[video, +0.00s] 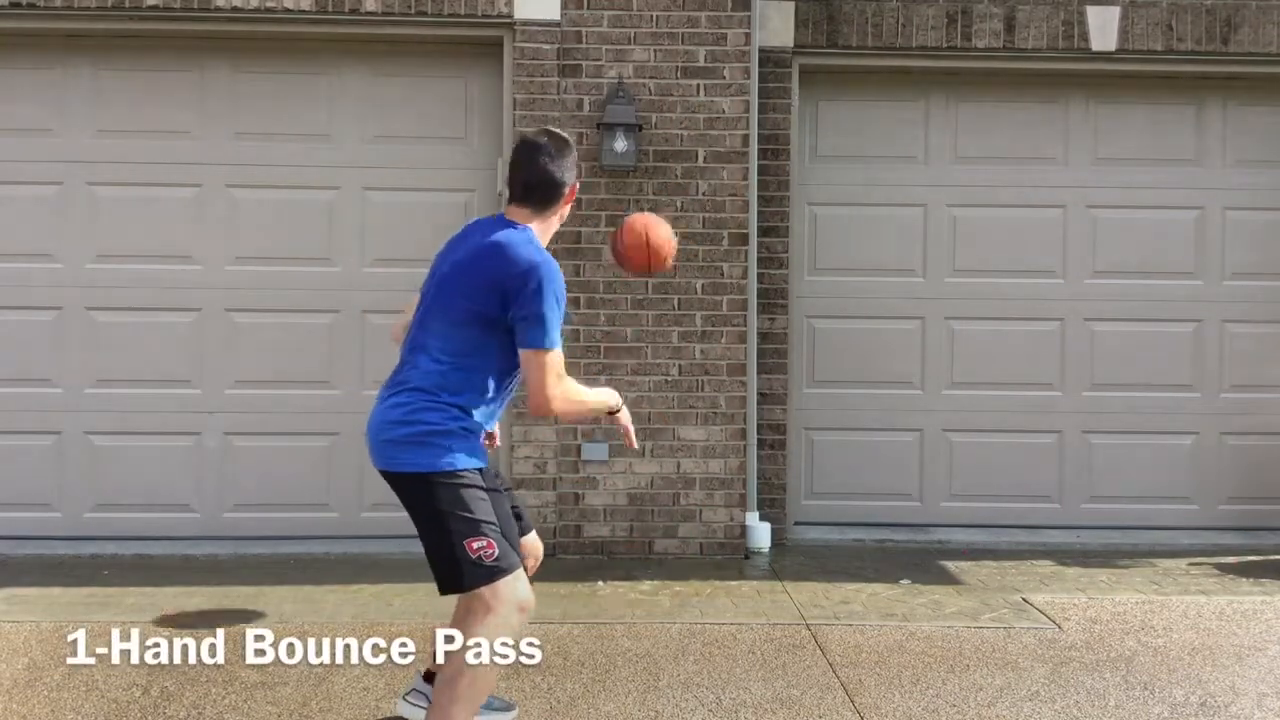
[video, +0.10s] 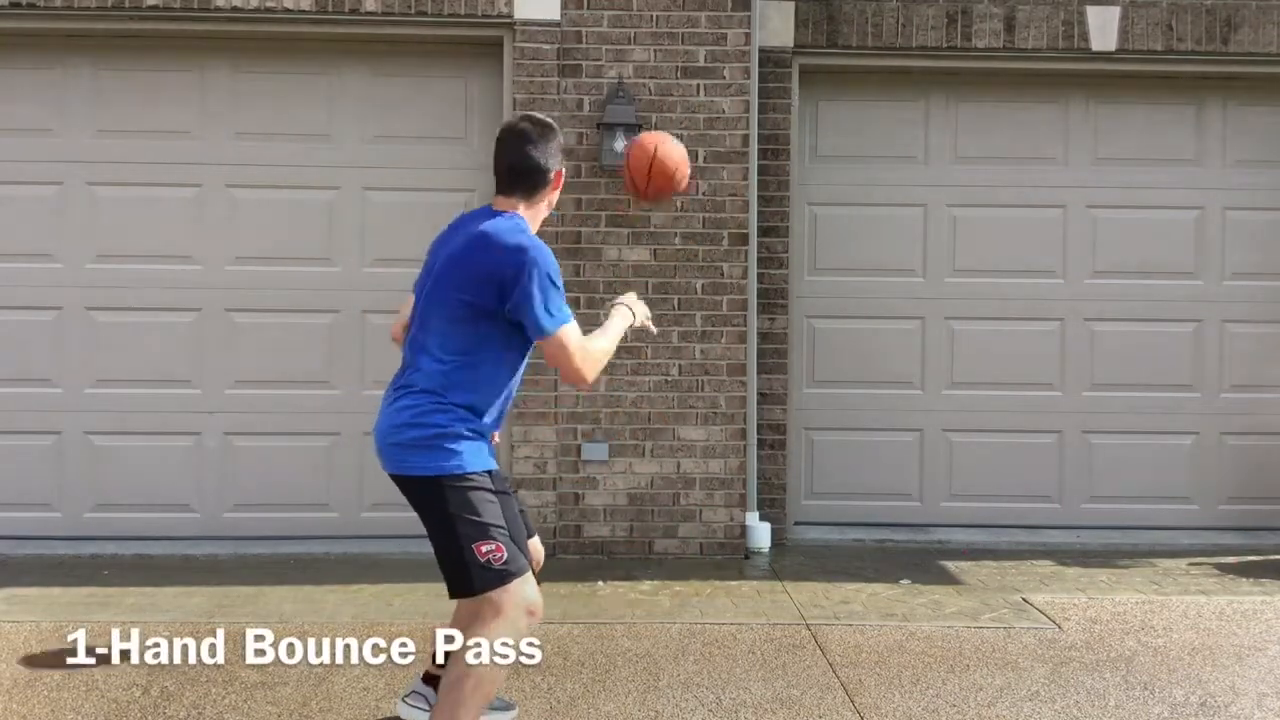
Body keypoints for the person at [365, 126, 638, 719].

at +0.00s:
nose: (576, 199)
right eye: (576, 190)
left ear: (510, 184)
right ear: (570, 196)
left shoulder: (470, 237)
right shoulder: (536, 269)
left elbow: (409, 332)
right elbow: (549, 399)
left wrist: (472, 411)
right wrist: (611, 399)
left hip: (420, 427)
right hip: (433, 437)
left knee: (523, 551)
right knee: (504, 602)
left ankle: (439, 684)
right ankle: (450, 711)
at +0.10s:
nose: (564, 182)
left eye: (562, 172)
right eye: (563, 173)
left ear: (496, 174)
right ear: (556, 182)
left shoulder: (461, 231)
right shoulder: (524, 253)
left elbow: (405, 329)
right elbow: (582, 367)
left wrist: (471, 390)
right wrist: (622, 317)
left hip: (432, 430)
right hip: (441, 440)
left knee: (525, 554)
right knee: (507, 606)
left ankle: (437, 686)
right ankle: (453, 711)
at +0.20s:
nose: (552, 159)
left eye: (547, 150)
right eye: (552, 150)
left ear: (485, 158)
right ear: (543, 160)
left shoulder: (459, 220)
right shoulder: (521, 231)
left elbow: (408, 321)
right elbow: (626, 297)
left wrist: (483, 395)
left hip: (447, 428)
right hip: (444, 436)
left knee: (521, 555)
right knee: (510, 606)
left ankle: (437, 686)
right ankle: (450, 712)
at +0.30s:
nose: (549, 147)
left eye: (547, 138)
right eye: (547, 138)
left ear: (480, 148)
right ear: (536, 146)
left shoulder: (463, 209)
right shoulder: (518, 207)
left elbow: (423, 316)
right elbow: (645, 223)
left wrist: (491, 383)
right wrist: (676, 139)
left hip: (450, 423)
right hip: (444, 432)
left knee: (518, 553)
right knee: (498, 602)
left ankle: (434, 687)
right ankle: (449, 713)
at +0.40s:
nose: (552, 141)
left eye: (547, 129)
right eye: (549, 129)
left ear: (484, 139)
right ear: (538, 137)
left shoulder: (481, 201)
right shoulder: (507, 198)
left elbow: (448, 317)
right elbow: (642, 202)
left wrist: (493, 379)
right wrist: (697, 107)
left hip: (464, 420)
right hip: (440, 424)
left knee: (519, 551)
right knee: (498, 599)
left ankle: (439, 683)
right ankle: (446, 710)